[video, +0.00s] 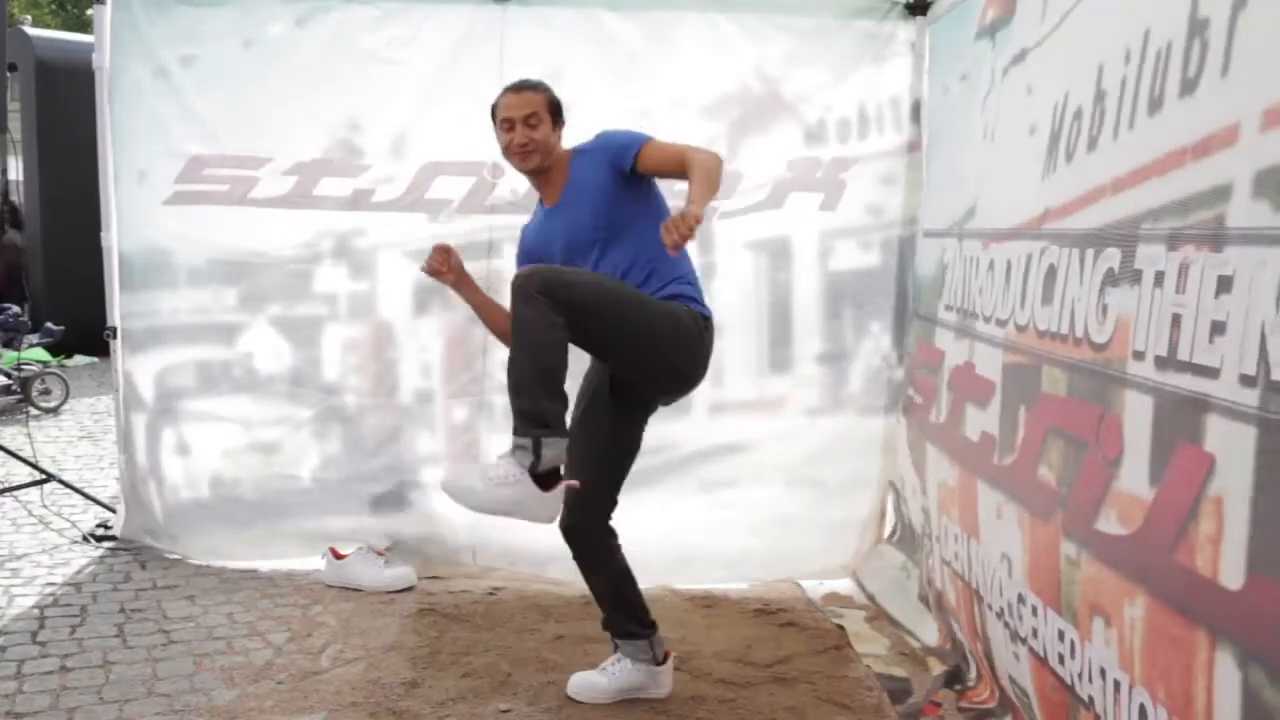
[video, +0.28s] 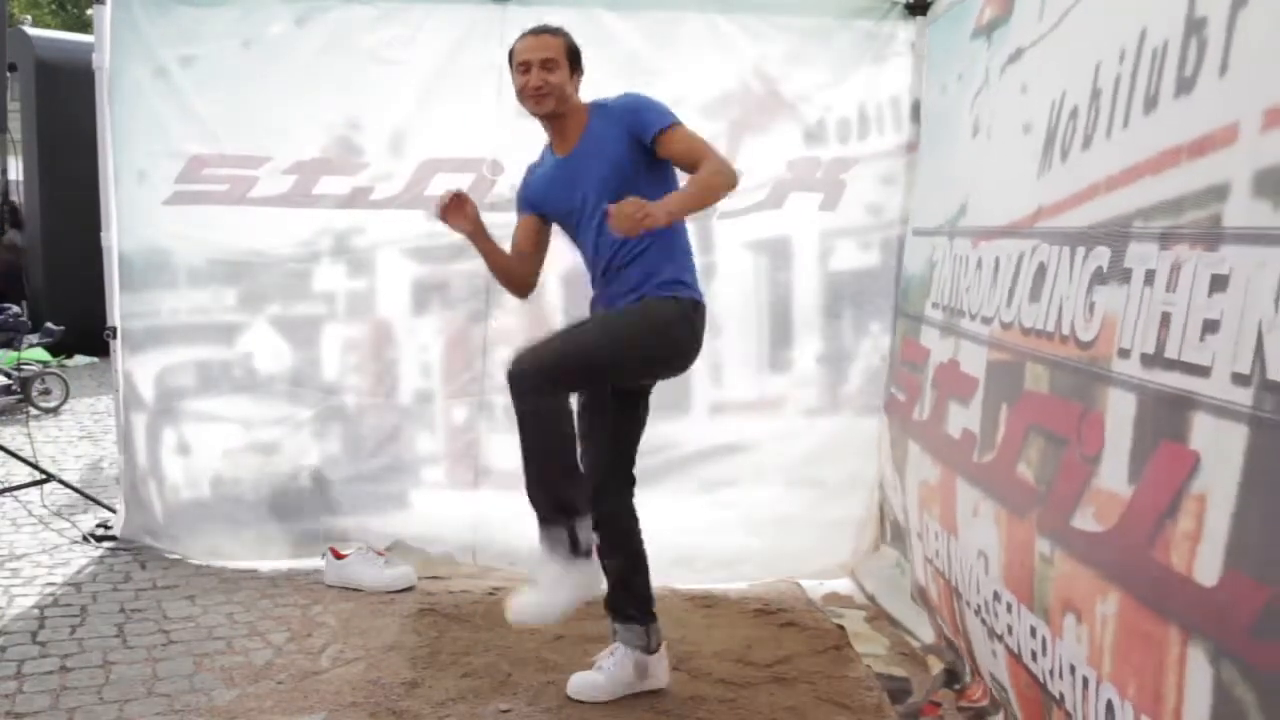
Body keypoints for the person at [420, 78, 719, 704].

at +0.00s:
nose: (520, 136)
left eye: (533, 122)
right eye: (507, 127)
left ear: (558, 127)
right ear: (498, 140)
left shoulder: (605, 154)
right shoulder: (535, 238)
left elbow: (704, 162)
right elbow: (523, 336)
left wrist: (692, 209)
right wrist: (462, 282)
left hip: (676, 334)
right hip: (620, 366)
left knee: (537, 286)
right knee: (581, 515)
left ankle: (538, 472)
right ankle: (642, 659)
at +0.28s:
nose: (537, 78)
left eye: (550, 66)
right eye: (524, 69)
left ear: (576, 74)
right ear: (514, 85)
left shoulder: (628, 114)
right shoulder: (540, 180)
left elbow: (721, 173)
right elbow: (520, 279)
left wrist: (660, 209)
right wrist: (475, 232)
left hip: (669, 313)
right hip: (615, 325)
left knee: (532, 370)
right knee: (607, 490)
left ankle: (568, 556)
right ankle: (640, 649)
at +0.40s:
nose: (548, 68)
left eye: (561, 54)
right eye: (536, 59)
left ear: (591, 59)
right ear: (529, 73)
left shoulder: (647, 117)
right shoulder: (549, 160)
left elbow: (677, 224)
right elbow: (558, 271)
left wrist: (574, 228)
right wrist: (547, 244)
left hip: (650, 332)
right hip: (590, 338)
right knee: (609, 488)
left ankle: (607, 653)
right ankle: (649, 633)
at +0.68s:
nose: (554, 71)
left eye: (569, 59)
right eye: (551, 61)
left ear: (612, 70)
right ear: (554, 76)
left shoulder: (657, 149)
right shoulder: (569, 163)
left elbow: (653, 266)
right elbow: (576, 258)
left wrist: (549, 243)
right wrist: (522, 295)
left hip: (644, 359)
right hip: (584, 350)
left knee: (608, 525)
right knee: (530, 486)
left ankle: (626, 675)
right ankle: (605, 581)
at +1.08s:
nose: (557, 98)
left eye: (569, 83)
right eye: (553, 86)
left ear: (612, 86)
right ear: (587, 92)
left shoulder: (640, 146)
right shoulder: (614, 160)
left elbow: (557, 222)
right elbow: (625, 269)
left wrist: (459, 249)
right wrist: (572, 238)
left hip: (636, 365)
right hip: (588, 350)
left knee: (620, 522)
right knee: (487, 435)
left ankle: (655, 650)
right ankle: (569, 537)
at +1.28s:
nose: (537, 64)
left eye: (548, 50)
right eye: (532, 53)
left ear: (590, 50)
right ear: (550, 58)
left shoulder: (613, 100)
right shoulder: (593, 126)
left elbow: (568, 187)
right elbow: (599, 236)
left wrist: (505, 271)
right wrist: (524, 219)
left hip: (633, 329)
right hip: (581, 326)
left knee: (631, 494)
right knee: (524, 459)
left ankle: (665, 641)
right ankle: (577, 592)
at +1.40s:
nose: (527, 95)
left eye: (539, 81)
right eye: (522, 83)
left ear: (579, 82)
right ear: (527, 91)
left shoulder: (608, 141)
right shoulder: (577, 159)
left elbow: (608, 248)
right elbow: (581, 272)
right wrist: (510, 279)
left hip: (621, 358)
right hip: (578, 355)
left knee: (606, 516)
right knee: (556, 507)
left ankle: (676, 668)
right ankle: (601, 635)